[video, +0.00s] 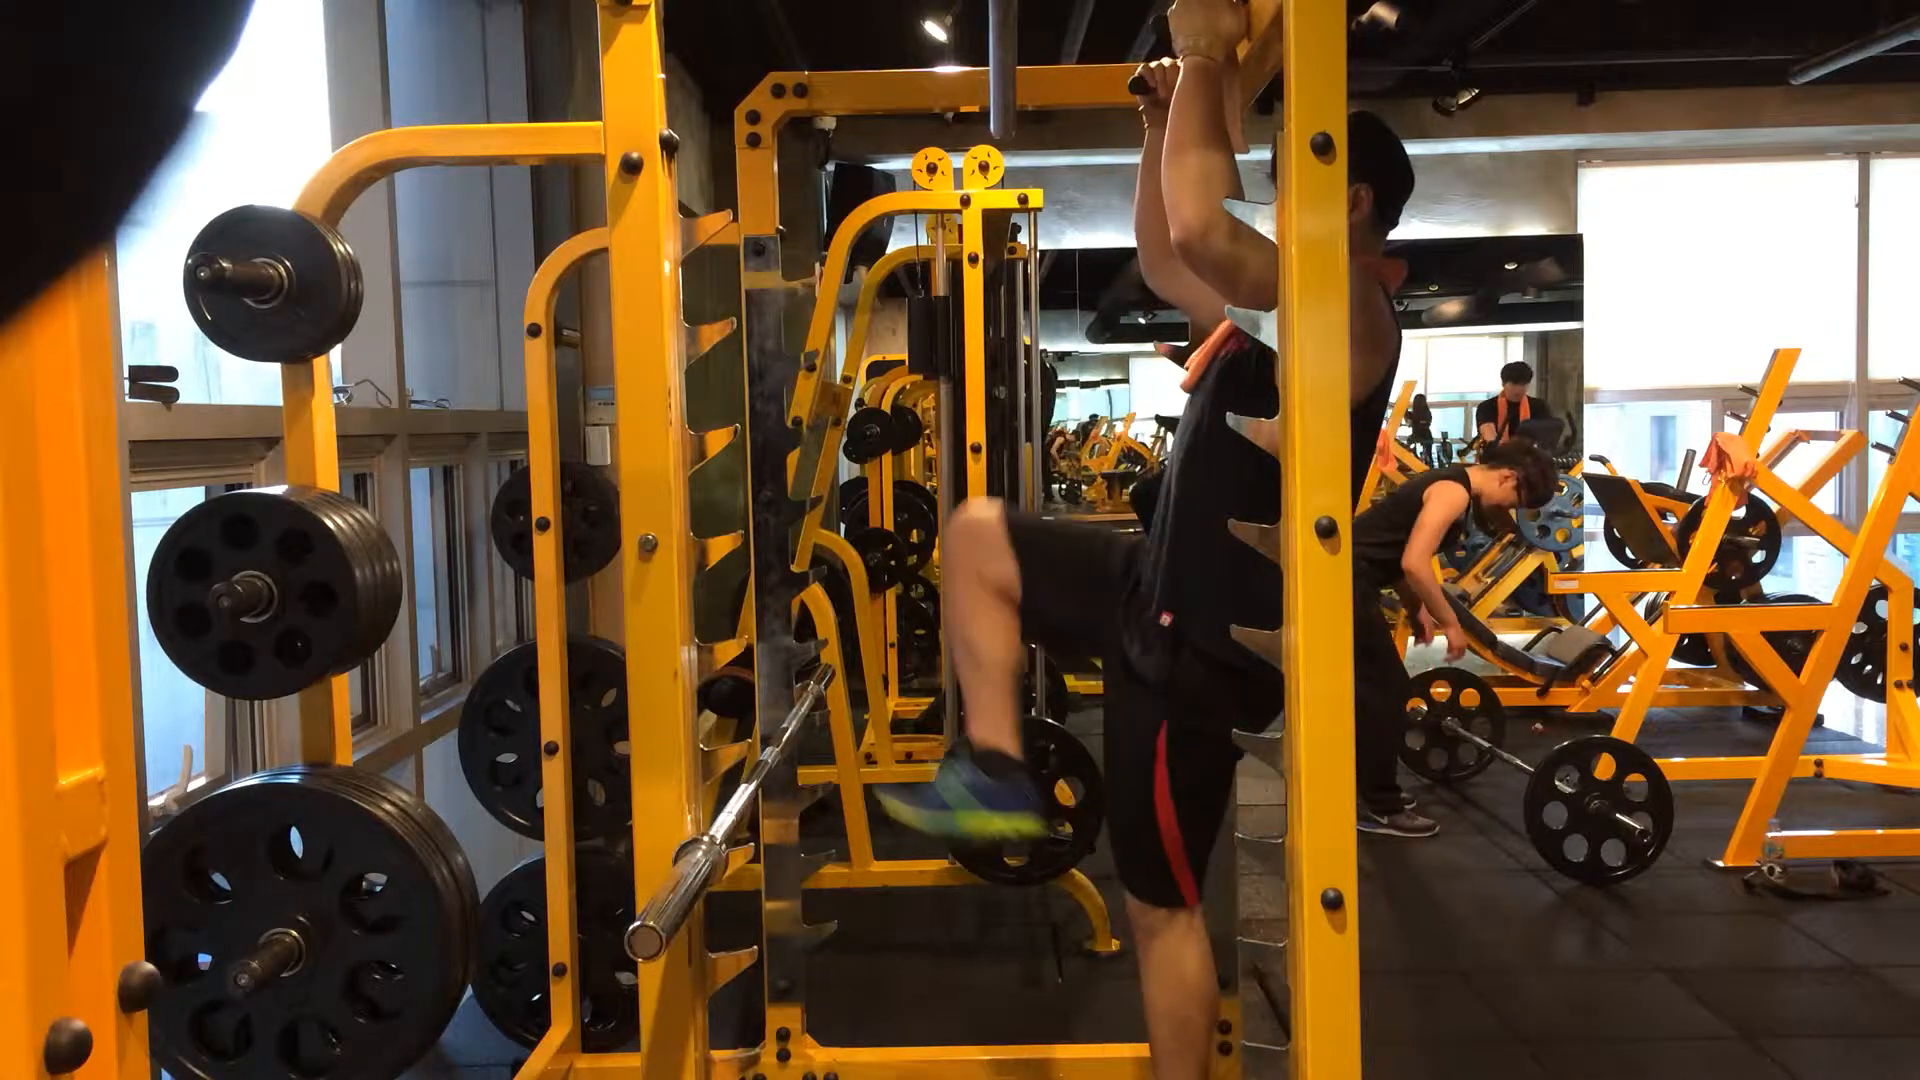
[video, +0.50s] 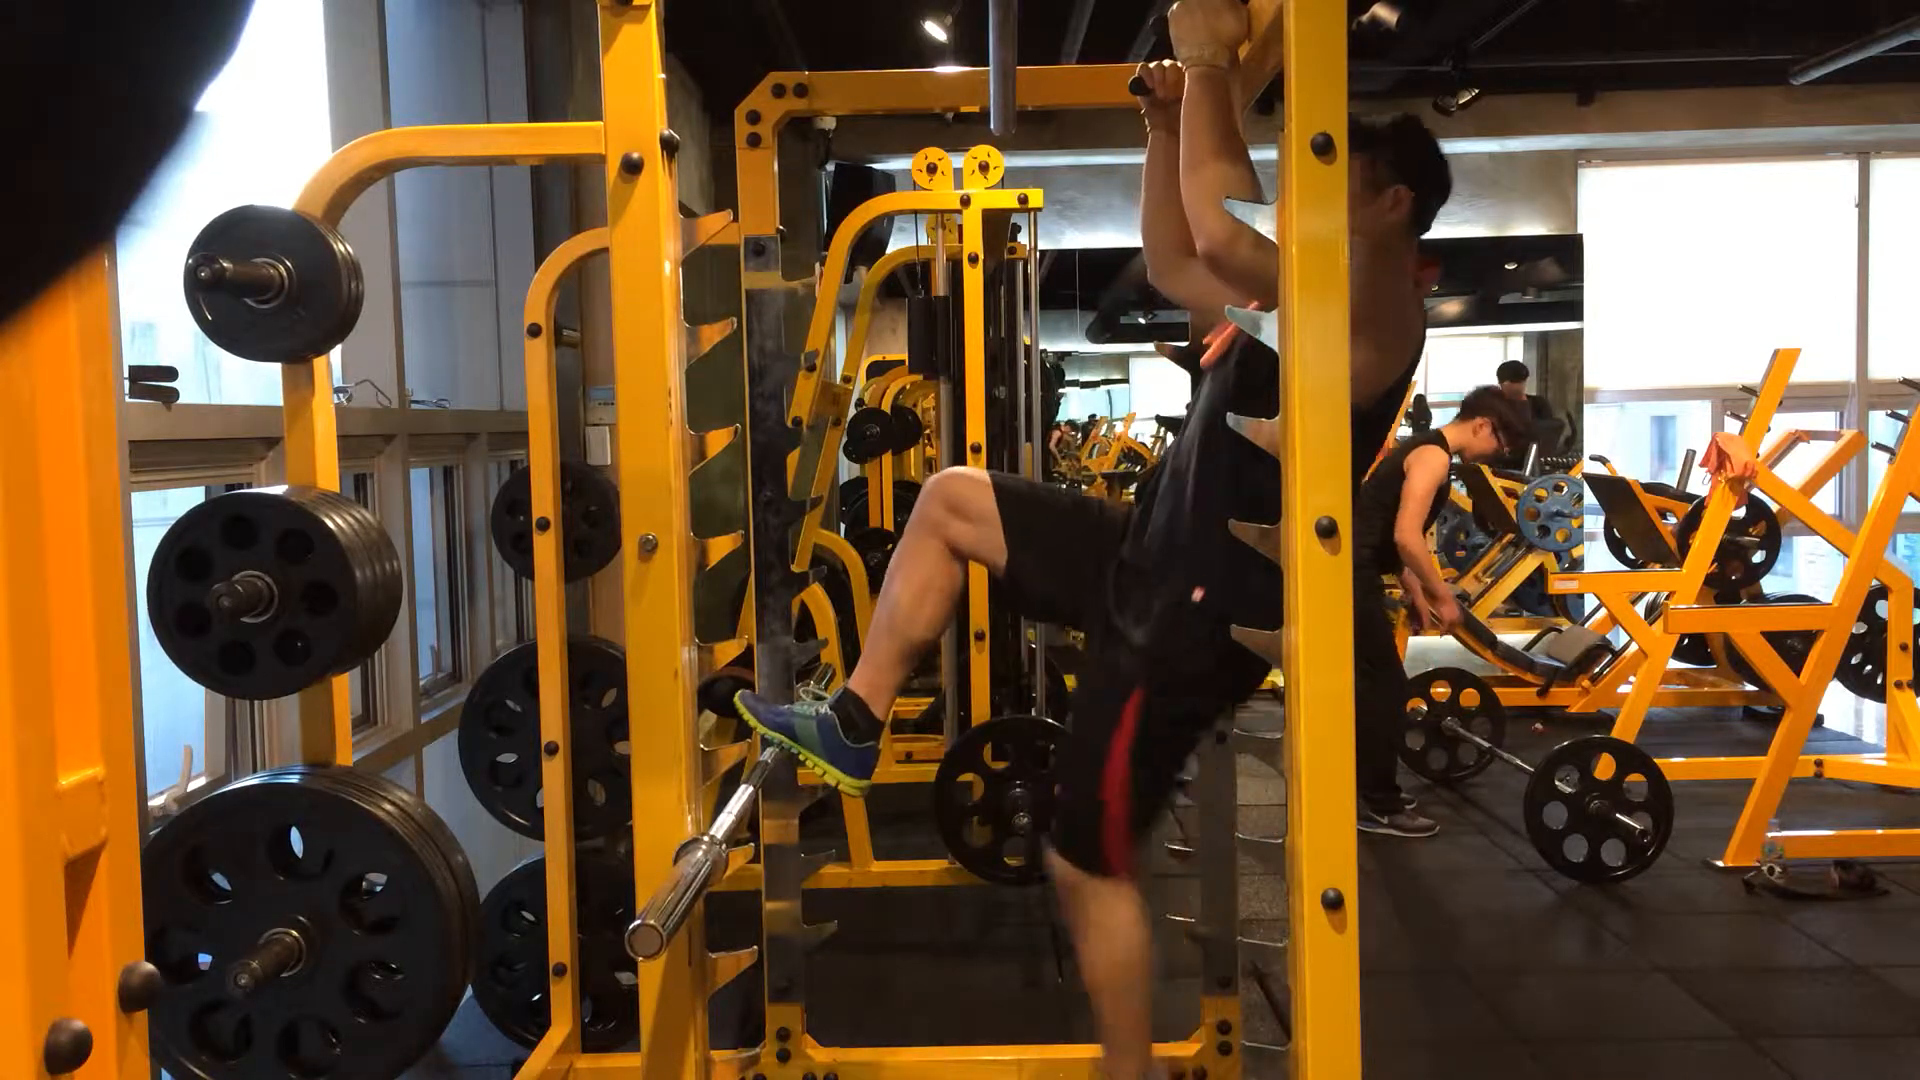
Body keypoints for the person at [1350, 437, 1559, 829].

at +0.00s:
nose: (1505, 508)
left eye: (1514, 506)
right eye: (1514, 502)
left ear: (1503, 473)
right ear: (1507, 477)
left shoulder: (1449, 482)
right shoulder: (1453, 491)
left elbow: (1402, 559)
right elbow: (1414, 562)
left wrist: (1417, 608)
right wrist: (1450, 624)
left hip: (1351, 580)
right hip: (1349, 583)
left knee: (1384, 684)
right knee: (1389, 687)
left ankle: (1377, 791)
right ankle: (1378, 803)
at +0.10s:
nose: (1506, 500)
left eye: (1514, 497)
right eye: (1513, 492)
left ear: (1502, 464)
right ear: (1506, 467)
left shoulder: (1449, 479)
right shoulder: (1450, 484)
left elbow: (1406, 548)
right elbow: (1406, 549)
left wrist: (1418, 602)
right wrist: (1446, 606)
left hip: (1352, 580)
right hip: (1350, 584)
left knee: (1381, 684)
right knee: (1390, 686)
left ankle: (1375, 794)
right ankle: (1377, 803)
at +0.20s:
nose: (1503, 495)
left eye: (1513, 492)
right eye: (1511, 487)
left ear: (1500, 458)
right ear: (1503, 461)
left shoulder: (1446, 474)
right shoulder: (1447, 479)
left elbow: (1401, 542)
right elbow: (1402, 541)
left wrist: (1417, 596)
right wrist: (1442, 596)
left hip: (1355, 582)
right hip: (1351, 584)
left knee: (1381, 683)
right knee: (1389, 683)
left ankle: (1375, 796)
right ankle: (1378, 803)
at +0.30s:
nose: (1501, 488)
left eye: (1509, 484)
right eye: (1508, 480)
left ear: (1495, 454)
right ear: (1498, 456)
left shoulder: (1442, 468)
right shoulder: (1444, 475)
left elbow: (1403, 542)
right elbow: (1404, 542)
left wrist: (1417, 597)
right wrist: (1444, 599)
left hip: (1354, 580)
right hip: (1350, 584)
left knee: (1379, 684)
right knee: (1389, 685)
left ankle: (1373, 795)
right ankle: (1377, 801)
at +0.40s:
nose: (1496, 473)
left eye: (1504, 468)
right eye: (1502, 464)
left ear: (1488, 440)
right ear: (1490, 441)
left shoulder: (1436, 460)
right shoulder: (1439, 466)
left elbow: (1400, 540)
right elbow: (1408, 542)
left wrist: (1413, 595)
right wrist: (1446, 599)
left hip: (1356, 578)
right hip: (1350, 579)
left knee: (1379, 682)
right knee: (1387, 684)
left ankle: (1373, 790)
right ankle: (1378, 800)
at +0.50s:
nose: (1491, 457)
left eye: (1499, 452)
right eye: (1497, 447)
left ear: (1479, 425)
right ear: (1483, 425)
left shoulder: (1427, 451)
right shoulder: (1433, 457)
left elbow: (1397, 536)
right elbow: (1407, 534)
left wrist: (1414, 594)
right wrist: (1442, 593)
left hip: (1355, 577)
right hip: (1352, 579)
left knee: (1379, 683)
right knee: (1386, 685)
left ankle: (1374, 791)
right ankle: (1378, 800)